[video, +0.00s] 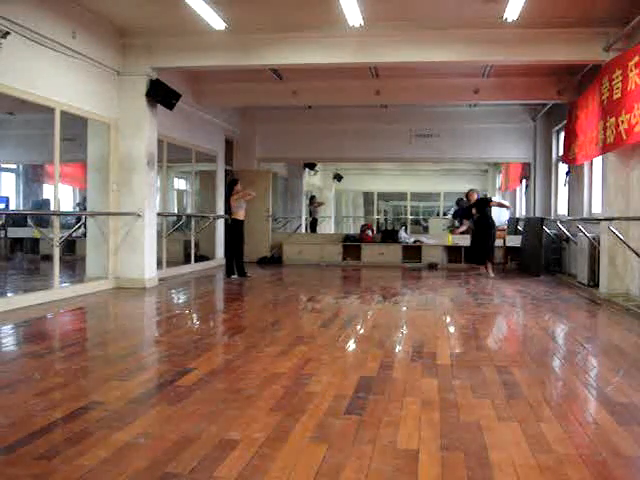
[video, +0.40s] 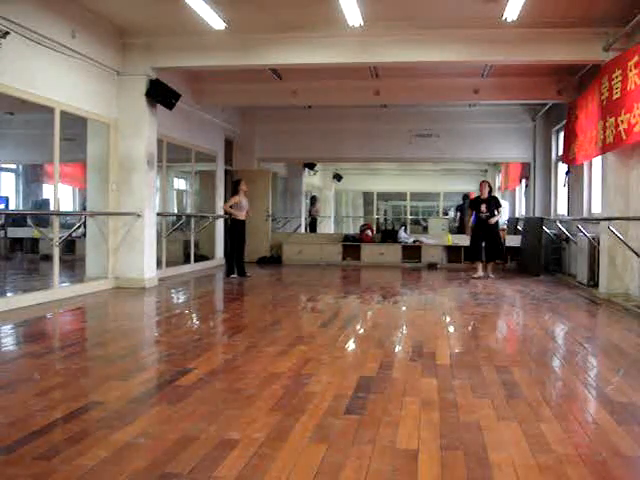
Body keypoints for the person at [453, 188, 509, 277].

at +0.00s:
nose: (470, 197)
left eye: (472, 195)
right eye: (469, 196)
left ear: (476, 195)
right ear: (467, 198)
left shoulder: (483, 202)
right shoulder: (467, 209)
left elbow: (497, 204)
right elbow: (465, 224)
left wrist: (506, 206)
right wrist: (458, 231)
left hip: (489, 227)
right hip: (478, 229)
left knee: (488, 248)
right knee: (479, 248)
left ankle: (490, 271)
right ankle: (482, 269)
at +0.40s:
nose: (483, 188)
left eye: (485, 186)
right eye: (482, 186)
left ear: (489, 188)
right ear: (480, 188)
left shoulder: (494, 199)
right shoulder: (474, 200)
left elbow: (499, 212)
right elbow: (470, 215)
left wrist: (495, 218)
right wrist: (469, 226)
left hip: (490, 227)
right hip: (478, 227)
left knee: (491, 248)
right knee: (477, 247)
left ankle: (489, 270)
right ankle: (479, 270)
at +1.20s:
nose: (489, 185)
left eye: (491, 183)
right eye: (489, 183)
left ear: (497, 184)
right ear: (491, 185)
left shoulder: (504, 198)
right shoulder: (485, 197)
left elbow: (510, 213)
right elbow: (483, 212)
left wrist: (500, 210)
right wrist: (480, 223)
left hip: (501, 227)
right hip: (488, 226)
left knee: (499, 250)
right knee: (485, 248)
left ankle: (497, 275)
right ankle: (487, 273)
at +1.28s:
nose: (489, 184)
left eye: (491, 182)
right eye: (489, 182)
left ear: (497, 183)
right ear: (491, 183)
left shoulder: (504, 196)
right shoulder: (486, 196)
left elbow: (509, 211)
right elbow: (485, 209)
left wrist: (497, 207)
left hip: (501, 225)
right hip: (488, 224)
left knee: (500, 248)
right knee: (484, 246)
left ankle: (498, 274)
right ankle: (490, 271)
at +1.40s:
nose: (490, 183)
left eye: (492, 181)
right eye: (490, 181)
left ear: (498, 183)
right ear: (492, 183)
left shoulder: (504, 195)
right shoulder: (487, 195)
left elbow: (509, 211)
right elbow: (481, 206)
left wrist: (494, 208)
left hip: (500, 225)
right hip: (488, 224)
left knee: (498, 248)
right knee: (489, 247)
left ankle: (497, 273)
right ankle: (495, 274)